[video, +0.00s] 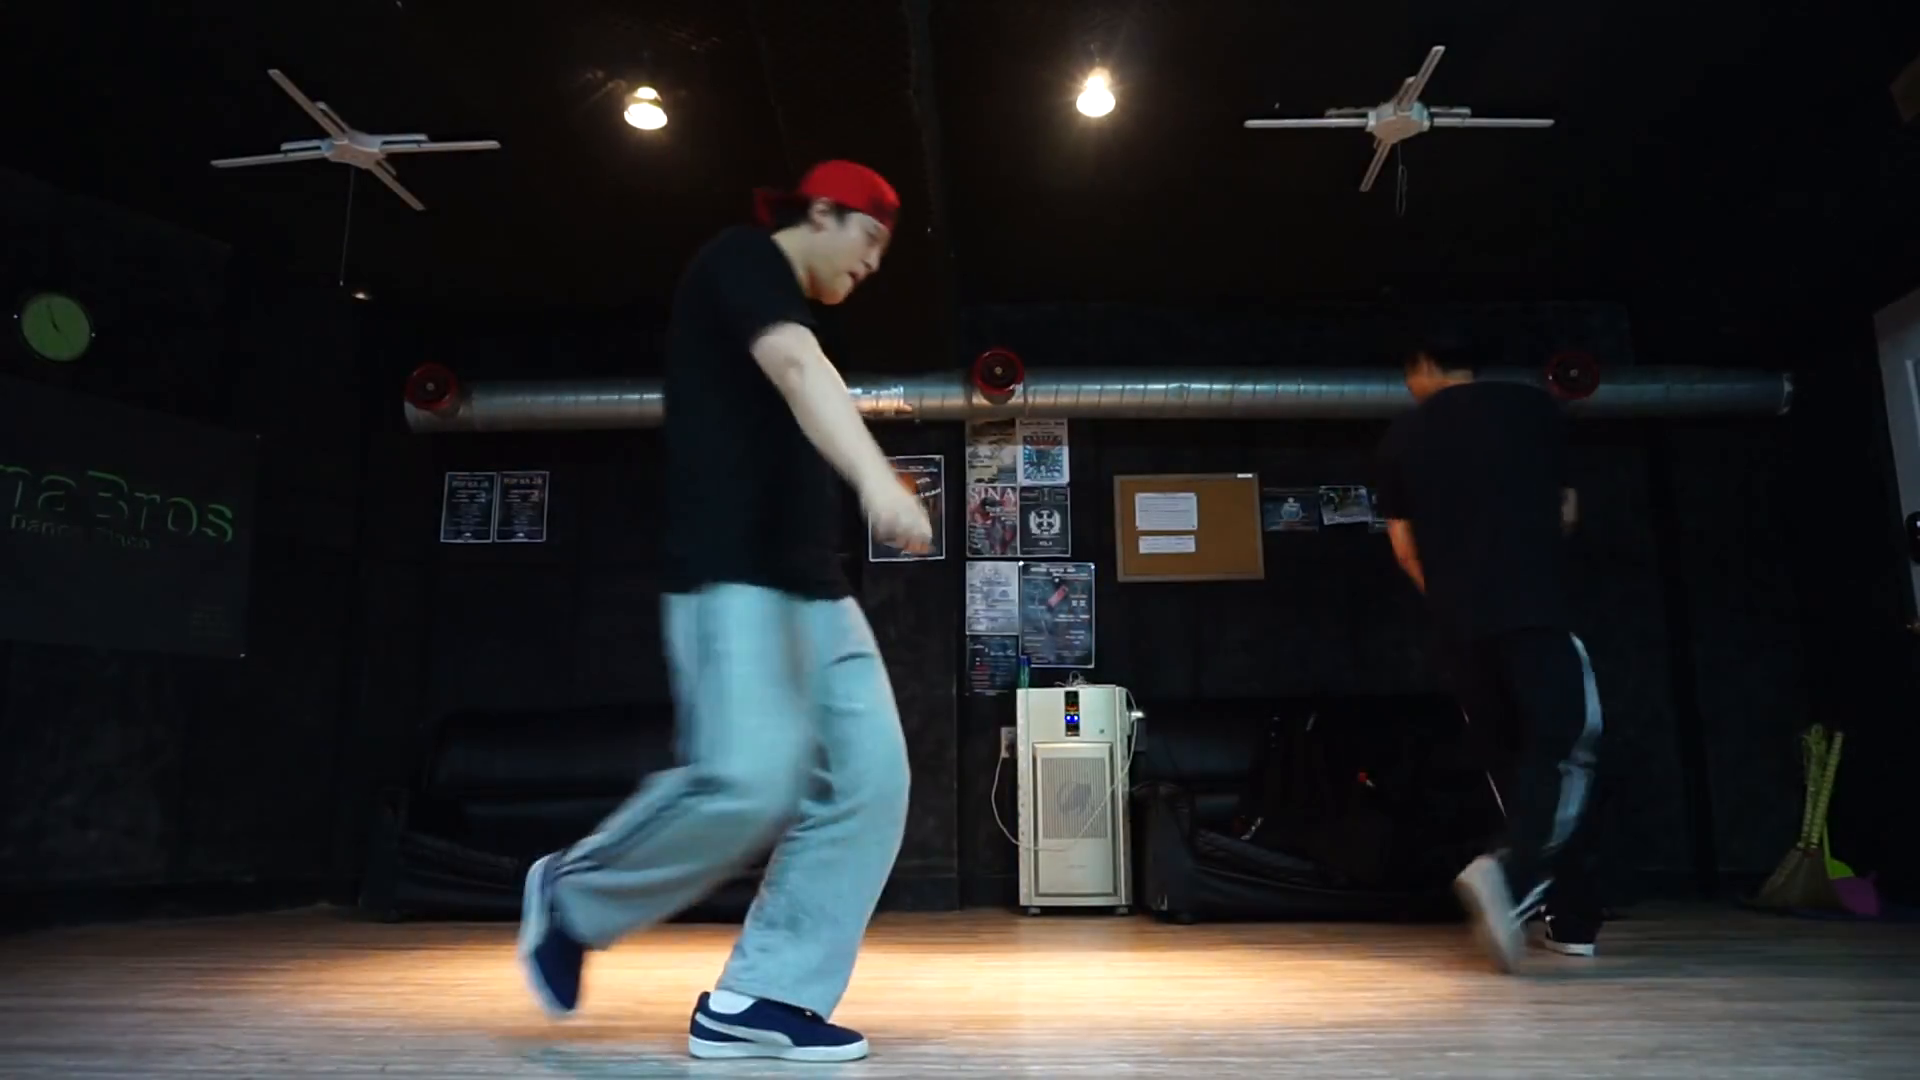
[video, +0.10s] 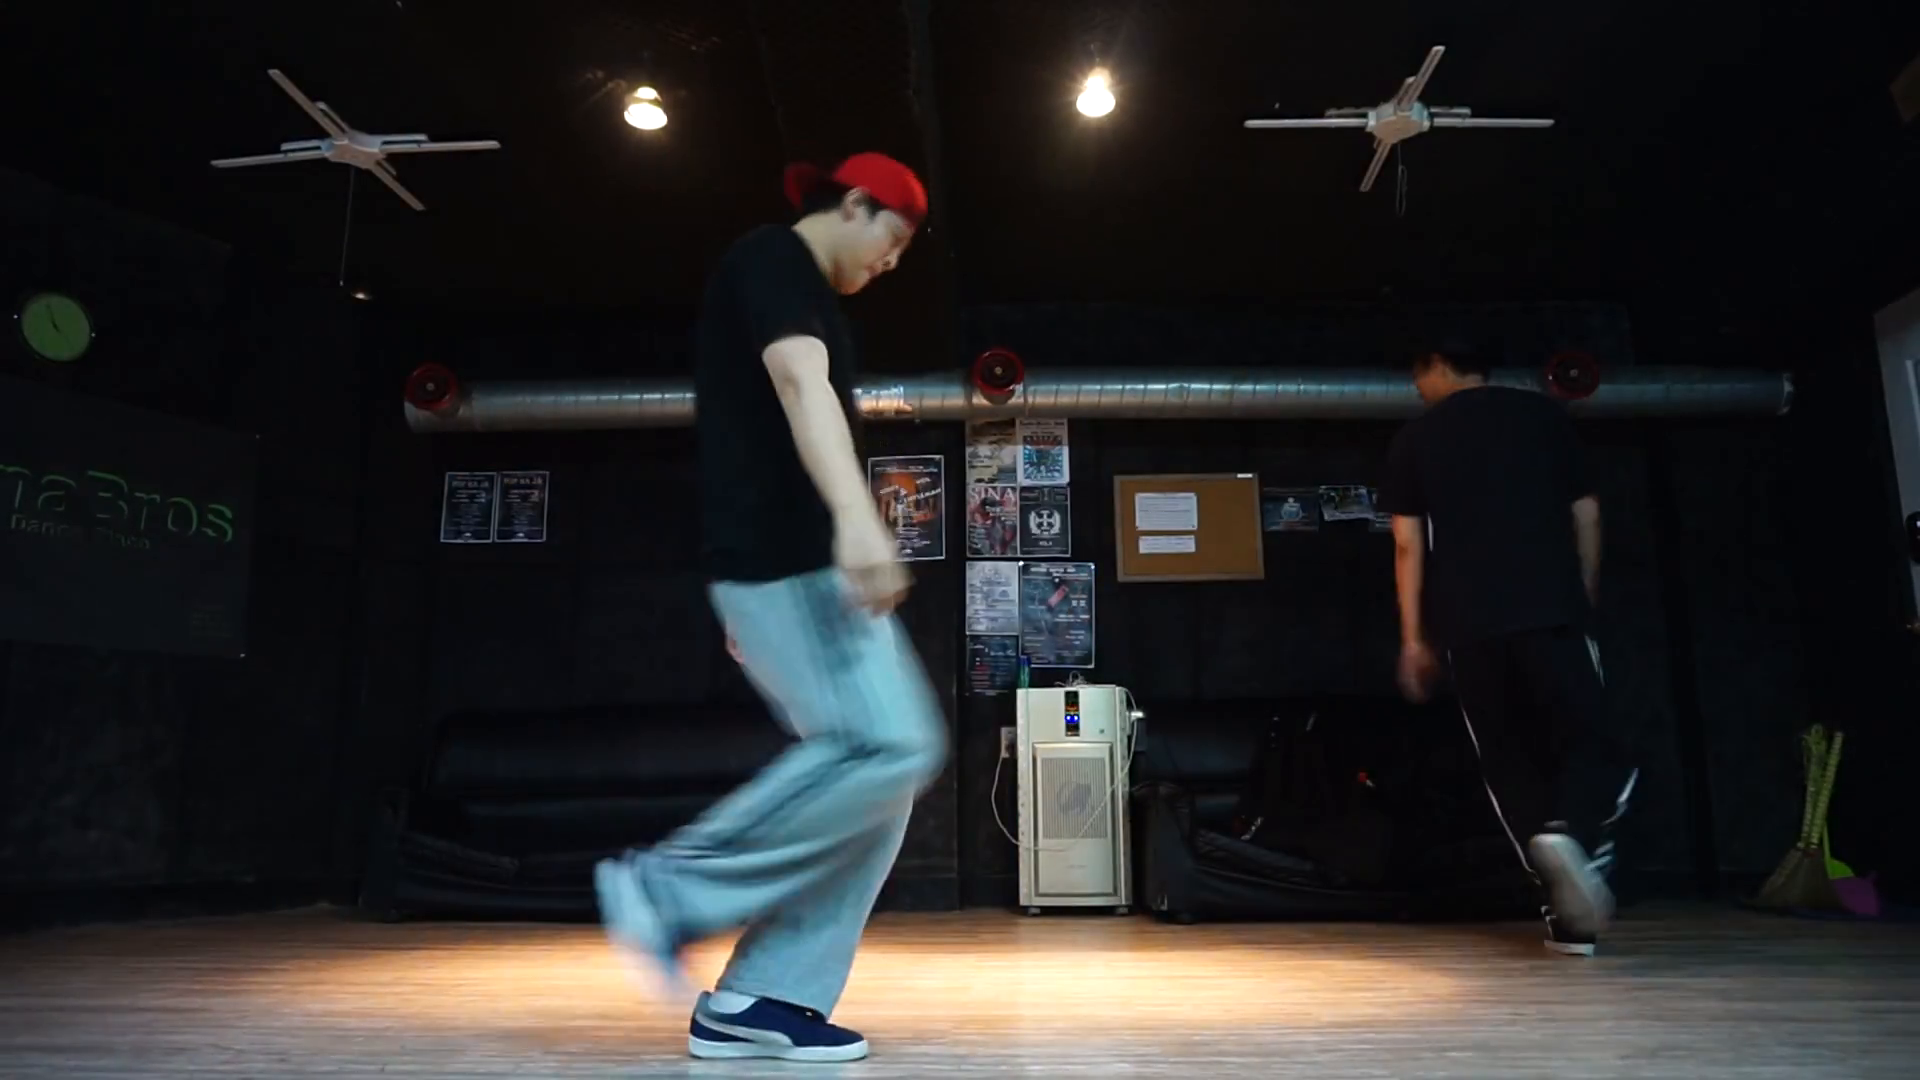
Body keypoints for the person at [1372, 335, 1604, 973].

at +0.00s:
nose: (1410, 386)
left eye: (1411, 375)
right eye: (1410, 374)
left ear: (1424, 369)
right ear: (1477, 361)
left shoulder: (1406, 436)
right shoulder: (1534, 409)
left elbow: (1405, 547)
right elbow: (1565, 513)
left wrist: (1449, 596)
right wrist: (1523, 560)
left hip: (1460, 617)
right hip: (1536, 609)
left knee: (1507, 762)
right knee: (1564, 746)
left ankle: (1570, 919)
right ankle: (1509, 875)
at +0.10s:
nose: (1419, 386)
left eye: (1421, 373)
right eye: (1419, 373)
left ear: (1439, 368)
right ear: (1483, 365)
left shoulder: (1417, 439)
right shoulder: (1544, 416)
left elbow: (1409, 544)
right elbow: (1586, 514)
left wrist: (1412, 637)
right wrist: (1585, 592)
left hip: (1470, 623)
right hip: (1550, 614)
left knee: (1506, 760)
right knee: (1602, 741)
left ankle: (1567, 914)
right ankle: (1574, 838)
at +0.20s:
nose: (1422, 383)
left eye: (1424, 369)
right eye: (1422, 371)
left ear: (1446, 361)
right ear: (1486, 363)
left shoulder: (1430, 429)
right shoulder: (1548, 415)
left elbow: (1404, 522)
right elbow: (1604, 506)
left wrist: (1382, 613)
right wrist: (1644, 595)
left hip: (1485, 621)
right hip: (1566, 613)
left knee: (1512, 767)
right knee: (1586, 731)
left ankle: (1570, 921)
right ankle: (1607, 840)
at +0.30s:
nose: (1427, 384)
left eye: (1430, 369)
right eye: (1427, 372)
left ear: (1459, 359)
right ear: (1481, 360)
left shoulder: (1439, 423)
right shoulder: (1547, 416)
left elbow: (1402, 497)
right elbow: (1623, 488)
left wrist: (1366, 579)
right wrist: (1687, 560)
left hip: (1489, 617)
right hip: (1568, 610)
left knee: (1514, 764)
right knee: (1585, 740)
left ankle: (1571, 919)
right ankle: (1616, 868)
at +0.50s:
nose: (1432, 406)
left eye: (1435, 390)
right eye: (1429, 394)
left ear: (1468, 381)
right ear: (1484, 382)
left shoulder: (1463, 439)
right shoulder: (1551, 435)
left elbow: (1436, 488)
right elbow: (1635, 484)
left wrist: (1384, 554)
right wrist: (1703, 536)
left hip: (1494, 629)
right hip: (1563, 624)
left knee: (1508, 765)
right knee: (1562, 752)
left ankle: (1571, 916)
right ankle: (1557, 892)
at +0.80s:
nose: (1438, 412)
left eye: (1447, 398)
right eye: (1435, 403)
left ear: (1485, 397)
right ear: (1483, 403)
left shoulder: (1482, 456)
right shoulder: (1526, 451)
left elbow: (1458, 532)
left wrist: (1408, 605)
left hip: (1502, 624)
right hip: (1544, 619)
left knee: (1476, 758)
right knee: (1542, 751)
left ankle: (1563, 869)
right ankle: (1563, 899)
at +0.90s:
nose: (1445, 403)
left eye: (1456, 391)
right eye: (1440, 395)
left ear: (1490, 394)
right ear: (1438, 404)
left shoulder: (1494, 453)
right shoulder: (1503, 453)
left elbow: (1451, 532)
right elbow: (1490, 553)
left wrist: (1378, 587)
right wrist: (1429, 554)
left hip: (1502, 629)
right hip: (1517, 624)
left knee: (1468, 759)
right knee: (1523, 754)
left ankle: (1545, 880)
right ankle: (1563, 892)